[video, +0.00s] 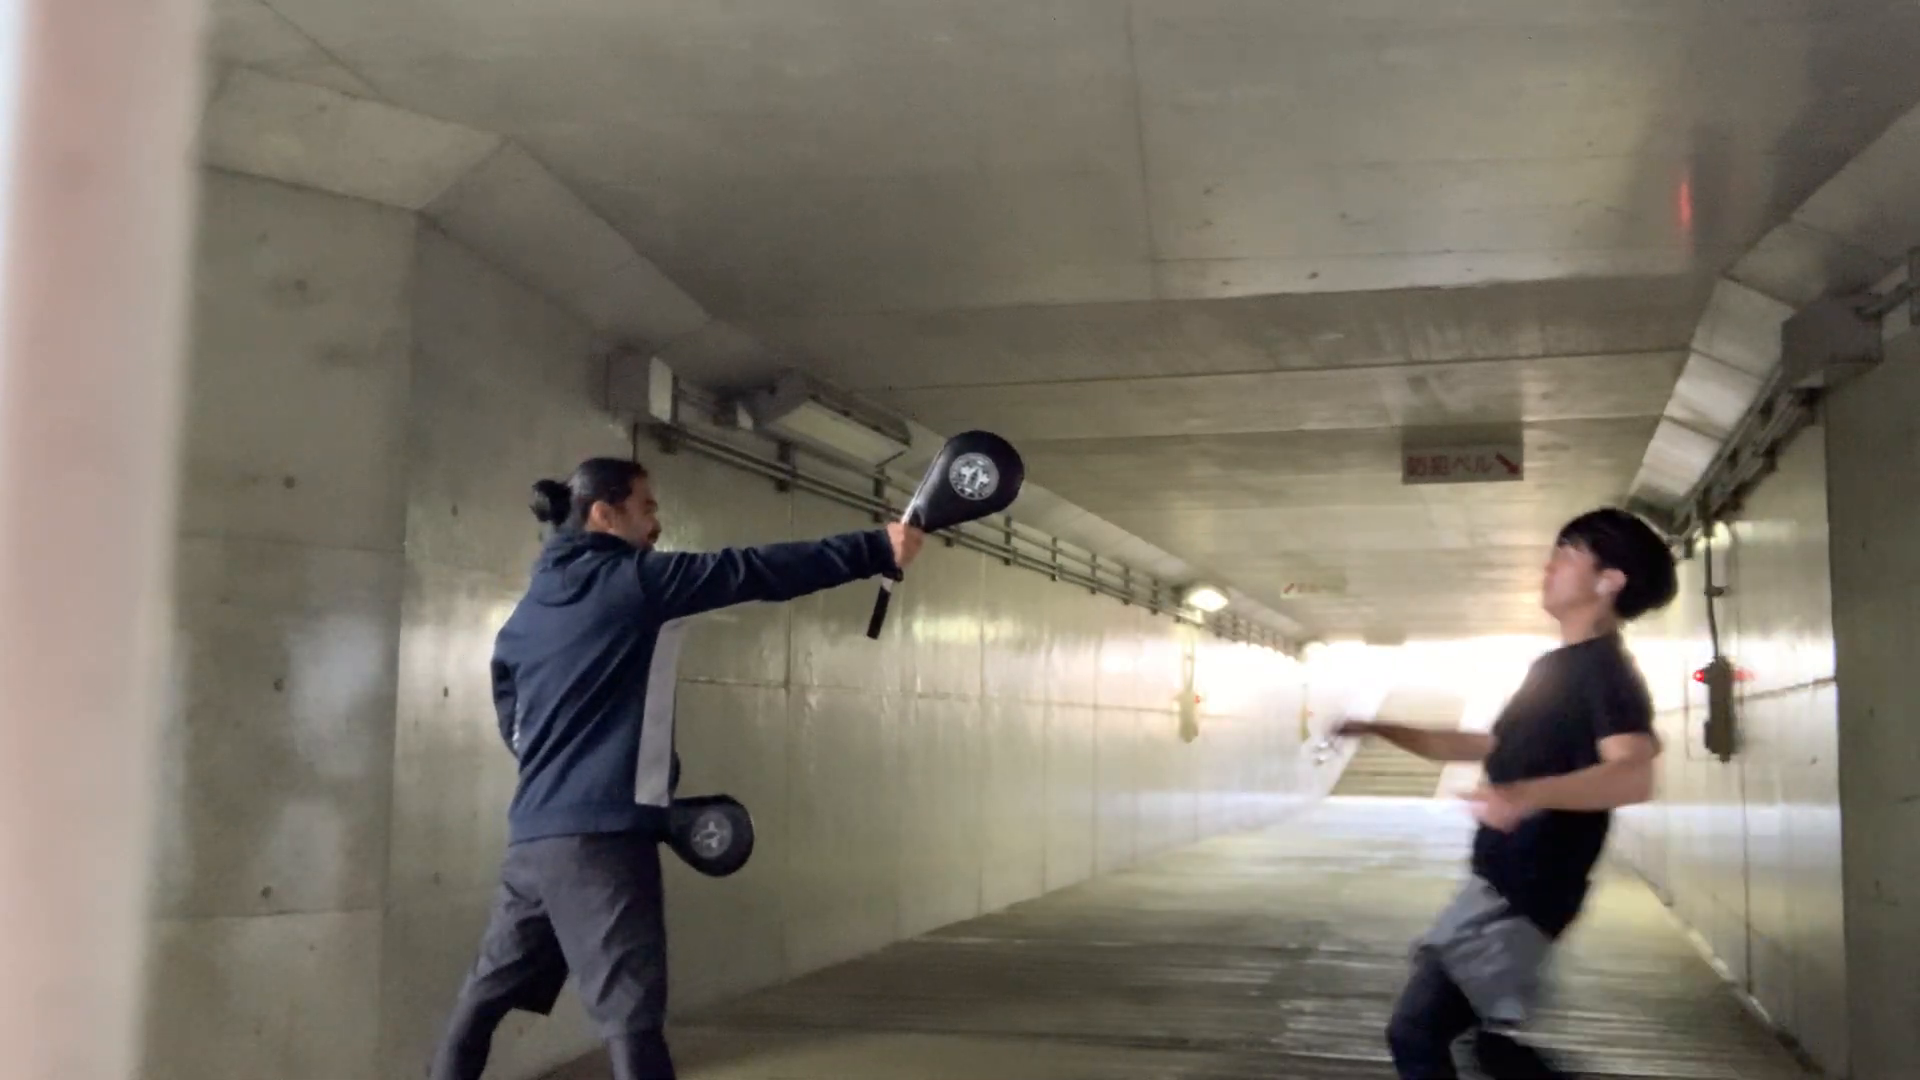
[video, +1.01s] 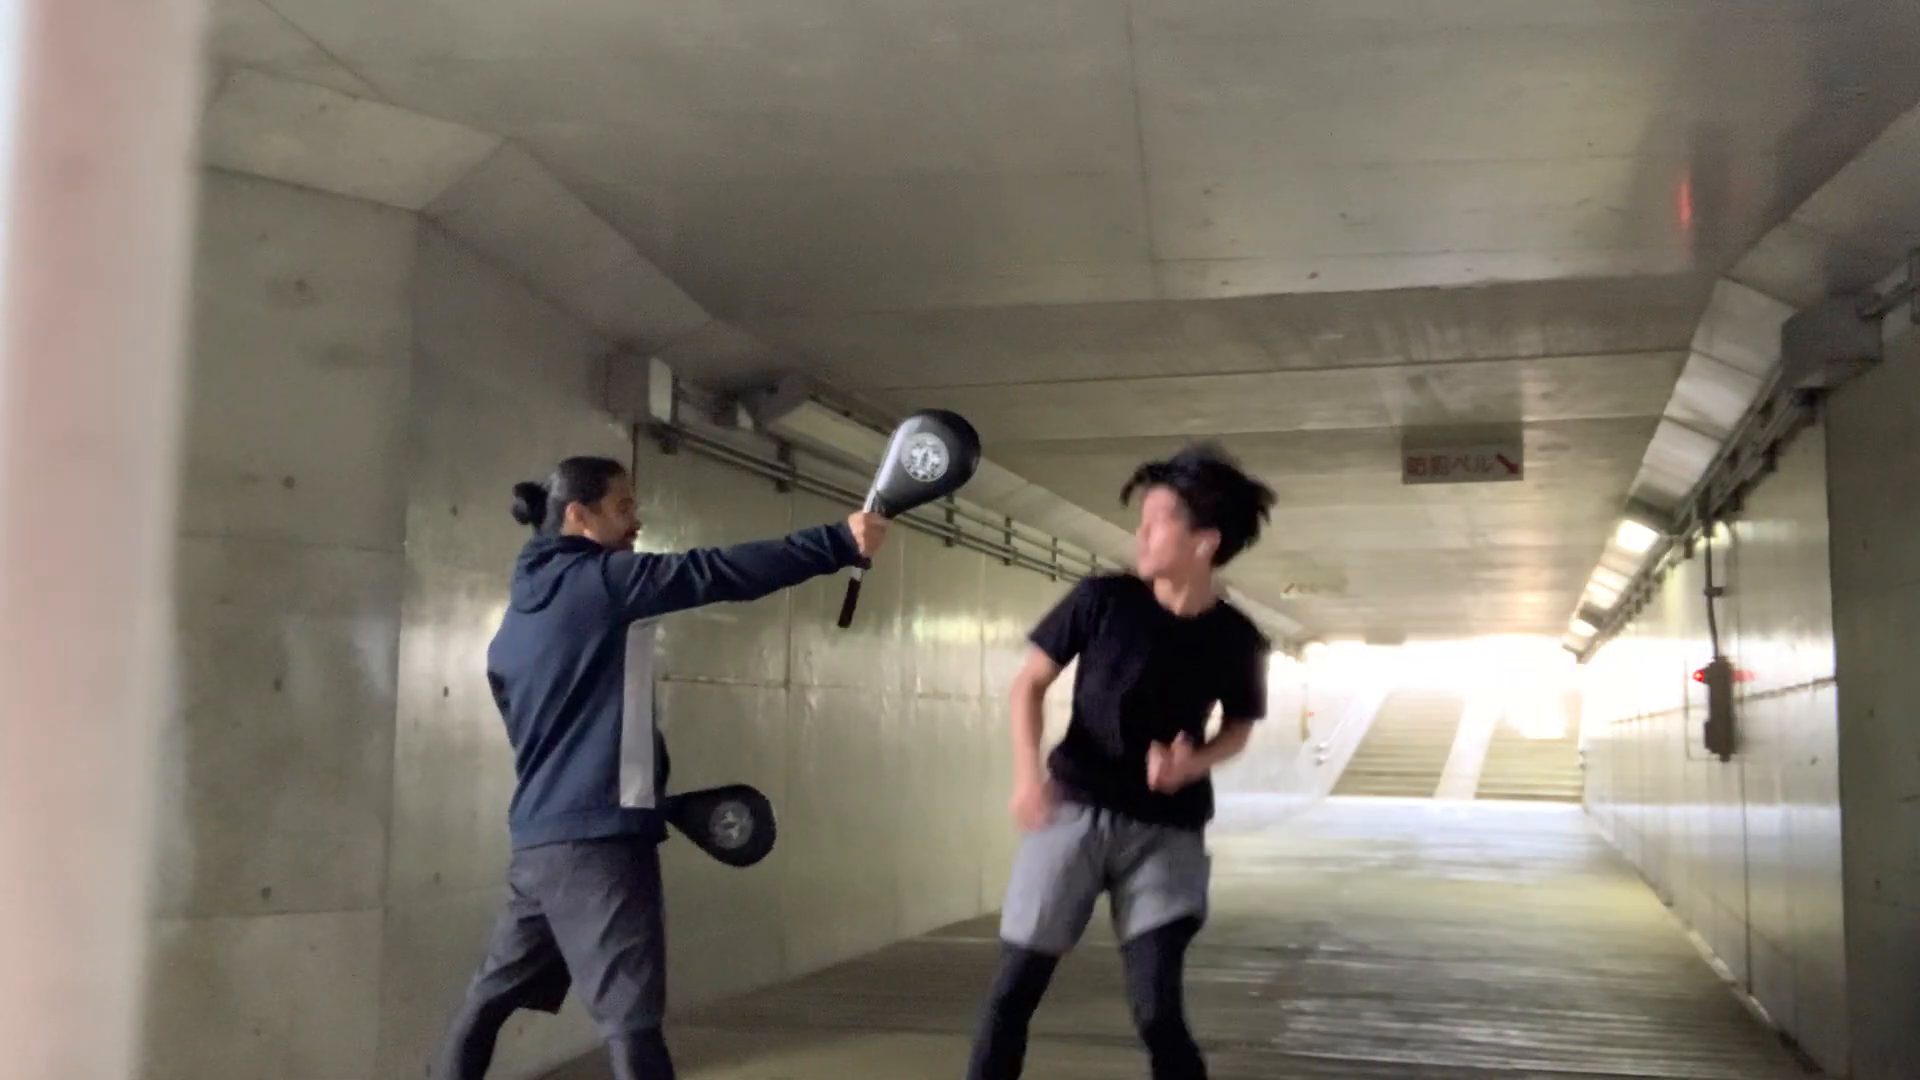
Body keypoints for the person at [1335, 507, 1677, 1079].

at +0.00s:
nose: (1548, 566)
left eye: (1566, 554)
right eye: (1555, 553)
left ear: (1610, 582)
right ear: (1602, 583)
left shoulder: (1605, 667)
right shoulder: (1554, 666)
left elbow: (1635, 776)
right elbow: (1495, 748)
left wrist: (1527, 795)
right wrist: (1384, 732)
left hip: (1524, 891)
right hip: (1498, 878)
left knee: (1415, 1034)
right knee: (1489, 1044)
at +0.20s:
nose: (1484, 586)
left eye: (1502, 575)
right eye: (1490, 571)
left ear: (1551, 598)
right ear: (1526, 590)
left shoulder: (1555, 730)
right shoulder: (1454, 631)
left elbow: (1548, 855)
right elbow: (1354, 593)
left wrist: (1474, 935)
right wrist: (1290, 519)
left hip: (1372, 870)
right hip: (1317, 787)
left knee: (1374, 1044)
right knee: (1164, 732)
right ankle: (1060, 855)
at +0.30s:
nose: (1449, 633)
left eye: (1469, 626)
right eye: (1455, 619)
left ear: (1520, 653)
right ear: (1453, 619)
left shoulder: (1489, 775)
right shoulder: (1400, 651)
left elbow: (1502, 895)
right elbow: (1306, 612)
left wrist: (1427, 853)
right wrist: (1241, 576)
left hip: (1286, 856)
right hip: (1237, 755)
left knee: (1312, 1025)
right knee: (1103, 662)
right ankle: (1049, 545)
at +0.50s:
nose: (1369, 669)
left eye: (1389, 667)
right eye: (1376, 656)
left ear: (1427, 698)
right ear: (1378, 661)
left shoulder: (1403, 801)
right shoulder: (1327, 683)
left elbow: (1312, 878)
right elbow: (1235, 709)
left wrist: (1279, 777)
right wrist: (1142, 726)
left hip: (1231, 866)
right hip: (1176, 789)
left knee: (1280, 1021)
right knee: (1025, 866)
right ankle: (866, 938)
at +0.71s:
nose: (1211, 606)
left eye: (1232, 600)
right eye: (1212, 591)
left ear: (1270, 620)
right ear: (1207, 588)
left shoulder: (1272, 714)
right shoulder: (1151, 654)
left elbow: (1251, 809)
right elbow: (1048, 705)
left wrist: (1226, 814)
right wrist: (995, 785)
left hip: (1192, 881)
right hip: (1105, 871)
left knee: (1285, 1029)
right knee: (1056, 1047)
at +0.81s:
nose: (1167, 544)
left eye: (1184, 533)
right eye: (1167, 531)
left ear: (1235, 554)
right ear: (1163, 536)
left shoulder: (1250, 648)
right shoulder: (1121, 602)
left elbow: (1243, 752)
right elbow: (1029, 672)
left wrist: (1213, 747)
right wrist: (1055, 746)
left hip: (1180, 835)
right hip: (1094, 824)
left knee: (1246, 1002)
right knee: (1037, 1008)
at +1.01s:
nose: (1140, 537)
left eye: (1155, 524)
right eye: (1142, 522)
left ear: (1208, 542)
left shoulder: (1237, 639)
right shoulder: (1101, 600)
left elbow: (1238, 729)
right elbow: (1028, 682)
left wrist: (1198, 761)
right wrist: (1029, 776)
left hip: (1166, 835)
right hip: (1070, 816)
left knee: (1158, 1017)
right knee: (1010, 999)